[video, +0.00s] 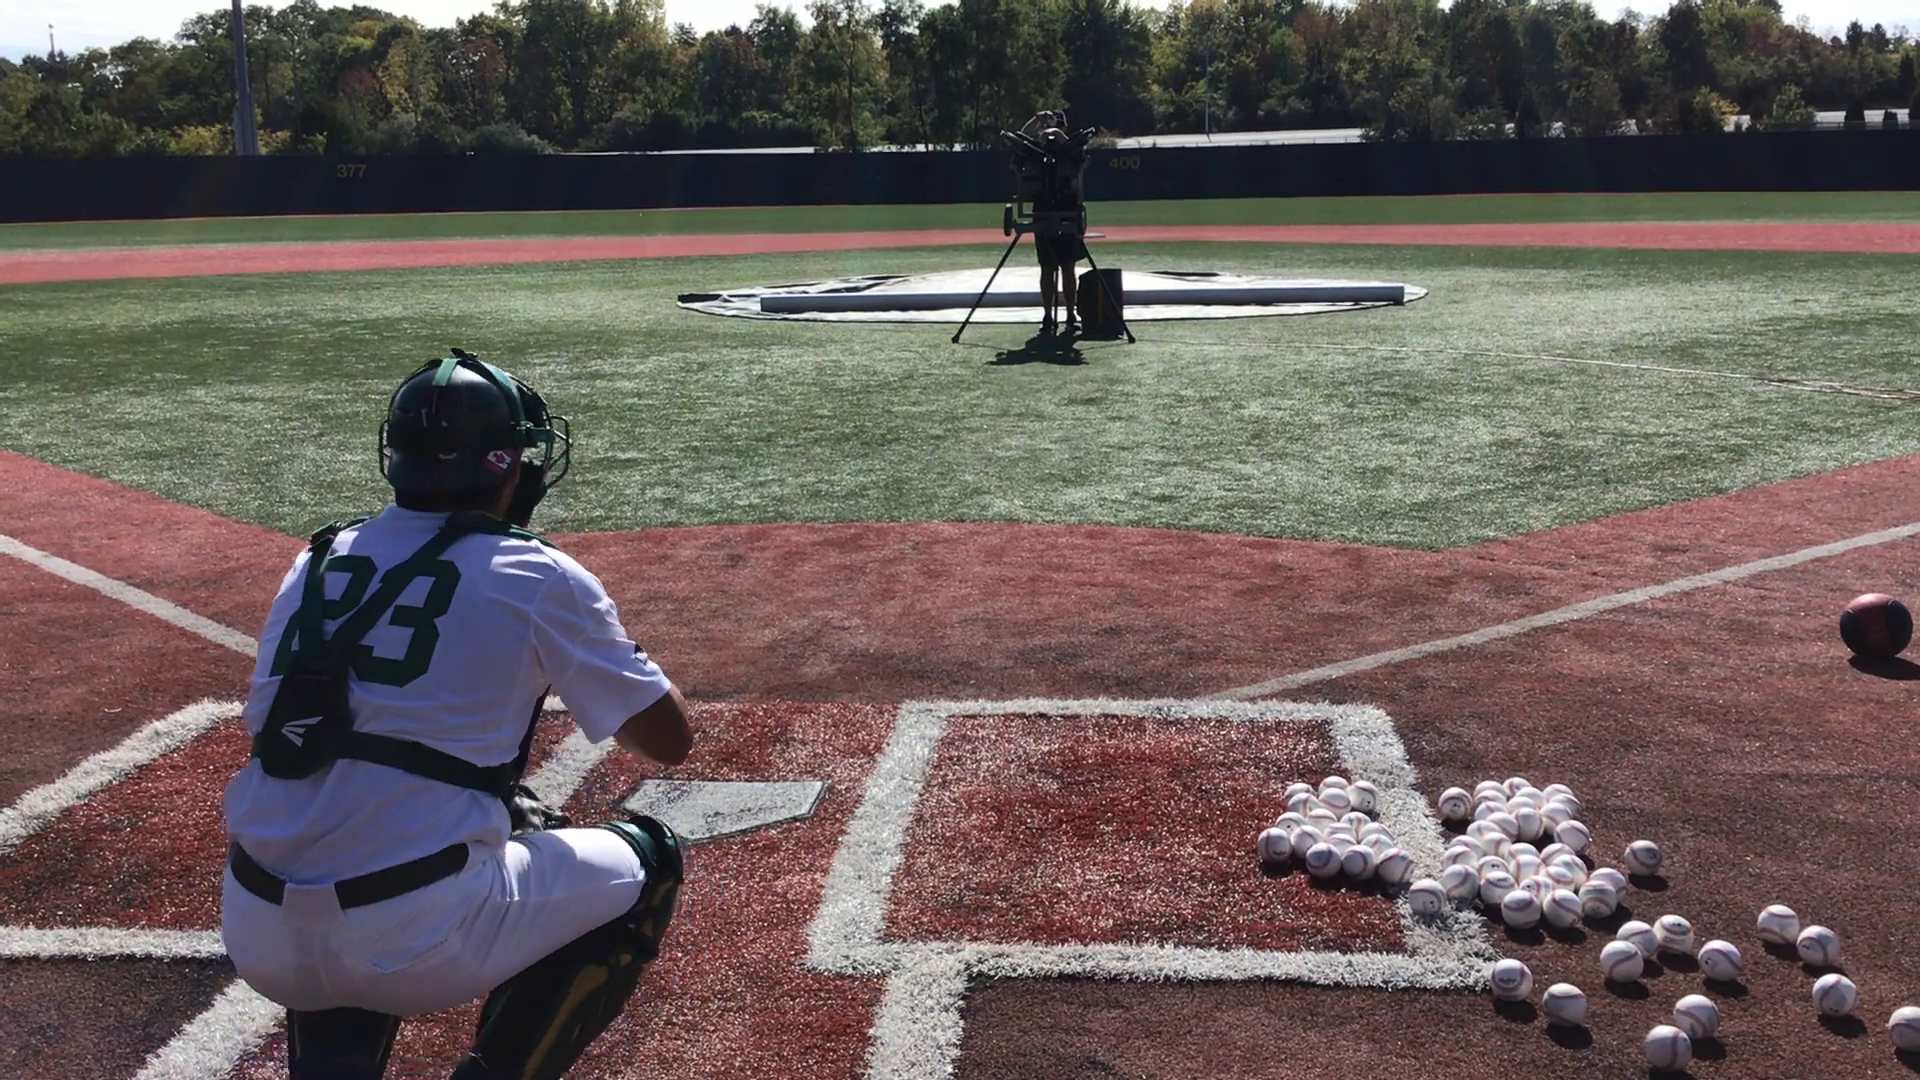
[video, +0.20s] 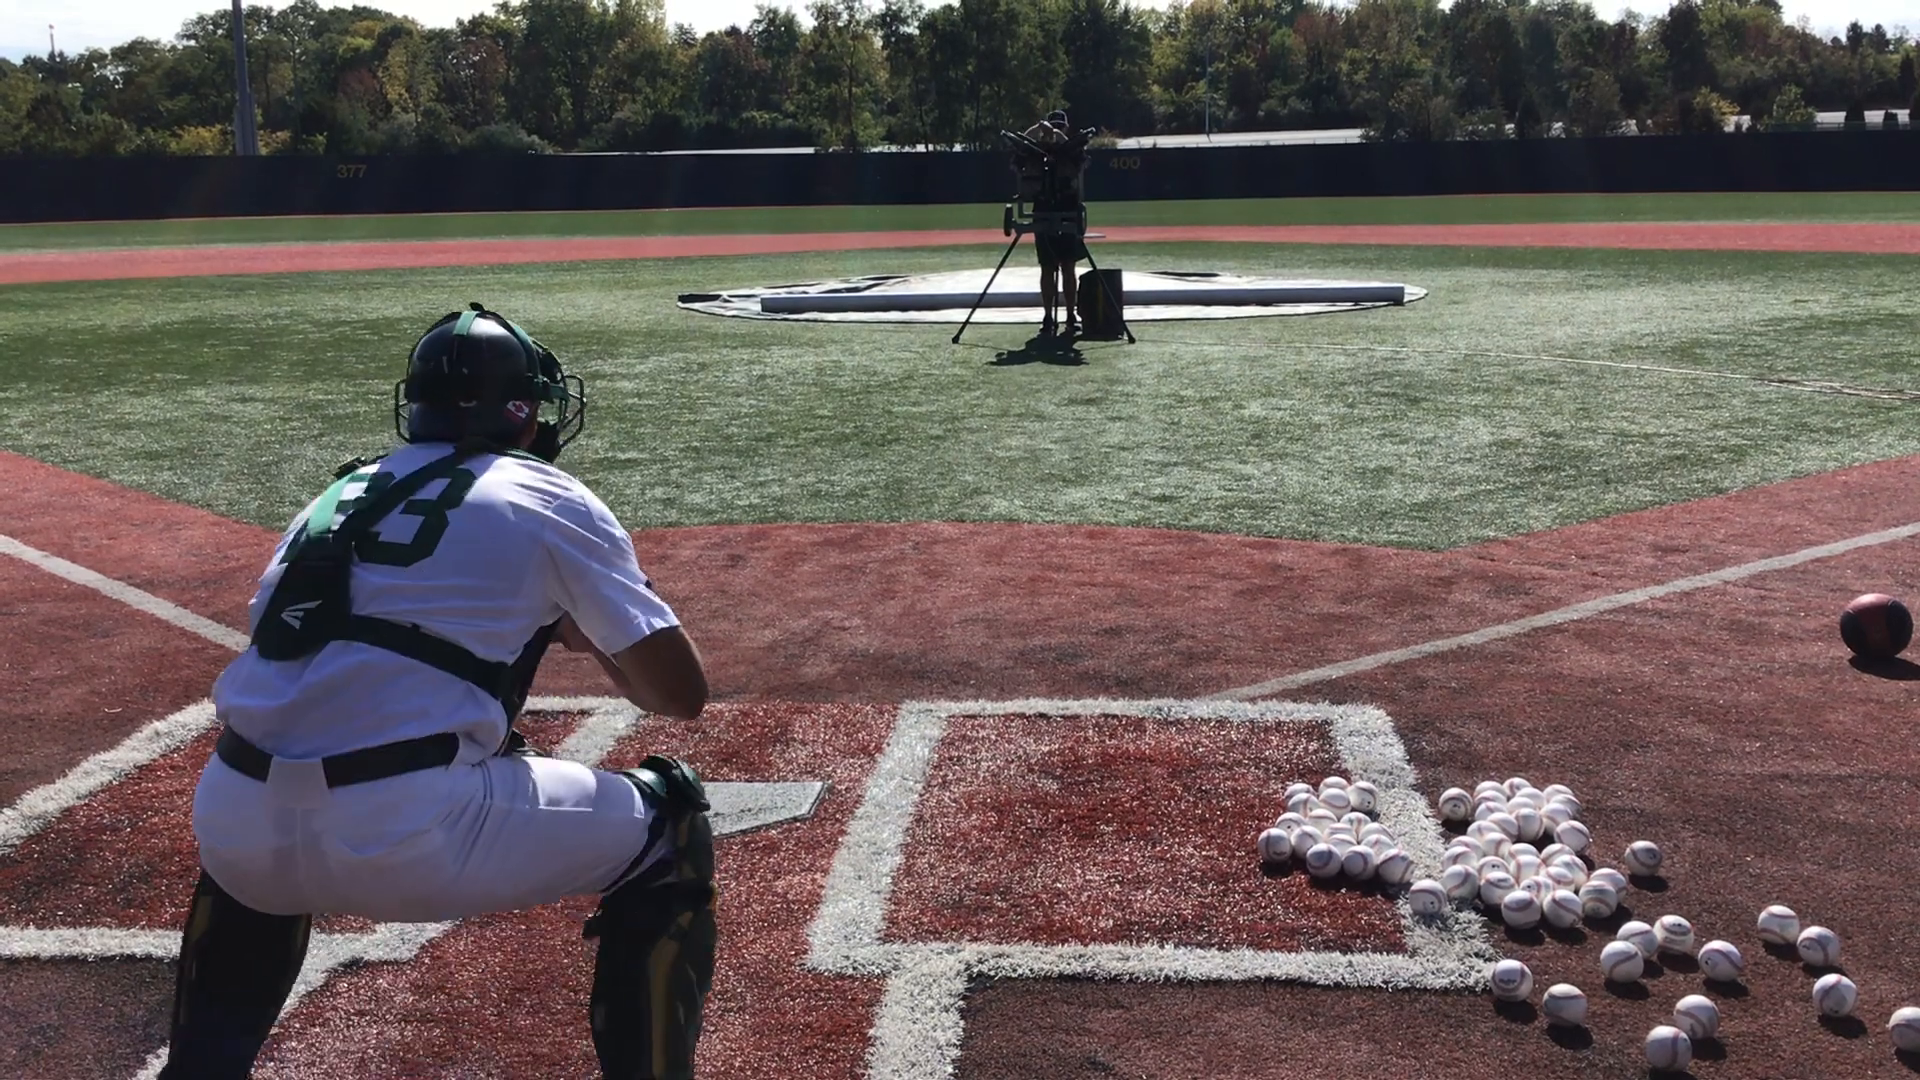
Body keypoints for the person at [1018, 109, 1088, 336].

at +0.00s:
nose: (1051, 140)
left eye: (1055, 136)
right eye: (1047, 137)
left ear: (1064, 137)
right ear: (1042, 141)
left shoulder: (1071, 155)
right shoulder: (1036, 156)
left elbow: (1078, 154)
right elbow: (1019, 143)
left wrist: (1060, 133)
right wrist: (1033, 122)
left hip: (1069, 217)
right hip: (1044, 218)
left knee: (1068, 269)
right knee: (1047, 271)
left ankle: (1070, 316)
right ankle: (1048, 317)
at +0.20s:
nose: (1056, 131)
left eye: (1060, 127)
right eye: (1053, 128)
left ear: (1067, 128)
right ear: (1046, 130)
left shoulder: (1073, 147)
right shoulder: (1039, 149)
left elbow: (1076, 158)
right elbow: (1019, 150)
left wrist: (1058, 135)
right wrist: (1035, 130)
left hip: (1069, 216)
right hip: (1044, 216)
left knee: (1068, 269)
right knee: (1048, 271)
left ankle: (1071, 316)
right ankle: (1048, 317)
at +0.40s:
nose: (1055, 130)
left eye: (1059, 126)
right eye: (1052, 126)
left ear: (1066, 127)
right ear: (1046, 127)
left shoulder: (1073, 145)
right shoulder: (1037, 145)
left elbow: (1077, 164)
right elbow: (1019, 161)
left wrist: (1062, 140)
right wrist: (1036, 141)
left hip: (1069, 215)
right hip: (1044, 215)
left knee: (1068, 268)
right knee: (1048, 269)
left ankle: (1071, 315)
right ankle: (1048, 316)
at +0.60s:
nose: (1054, 131)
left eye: (1059, 127)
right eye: (1051, 127)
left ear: (1067, 127)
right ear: (1044, 129)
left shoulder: (1072, 147)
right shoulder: (1038, 149)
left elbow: (1078, 160)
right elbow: (1019, 154)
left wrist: (1061, 137)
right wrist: (1034, 130)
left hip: (1068, 215)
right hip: (1043, 215)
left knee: (1068, 268)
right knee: (1047, 269)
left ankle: (1071, 315)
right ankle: (1048, 316)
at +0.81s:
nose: (1054, 131)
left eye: (1059, 127)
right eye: (1051, 127)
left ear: (1066, 128)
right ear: (1044, 128)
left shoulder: (1073, 147)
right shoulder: (1038, 148)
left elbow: (1077, 161)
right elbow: (1023, 144)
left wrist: (1061, 138)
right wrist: (1033, 120)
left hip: (1068, 212)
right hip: (1043, 213)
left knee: (1068, 266)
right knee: (1047, 268)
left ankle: (1071, 314)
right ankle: (1048, 316)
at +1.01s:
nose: (1053, 133)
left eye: (1058, 129)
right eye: (1049, 129)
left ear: (1066, 130)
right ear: (1043, 131)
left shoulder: (1073, 149)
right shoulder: (1037, 149)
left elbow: (1078, 158)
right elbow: (1020, 146)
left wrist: (1062, 137)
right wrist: (1032, 122)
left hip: (1068, 213)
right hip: (1043, 214)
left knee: (1068, 266)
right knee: (1047, 268)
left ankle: (1070, 314)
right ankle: (1048, 315)